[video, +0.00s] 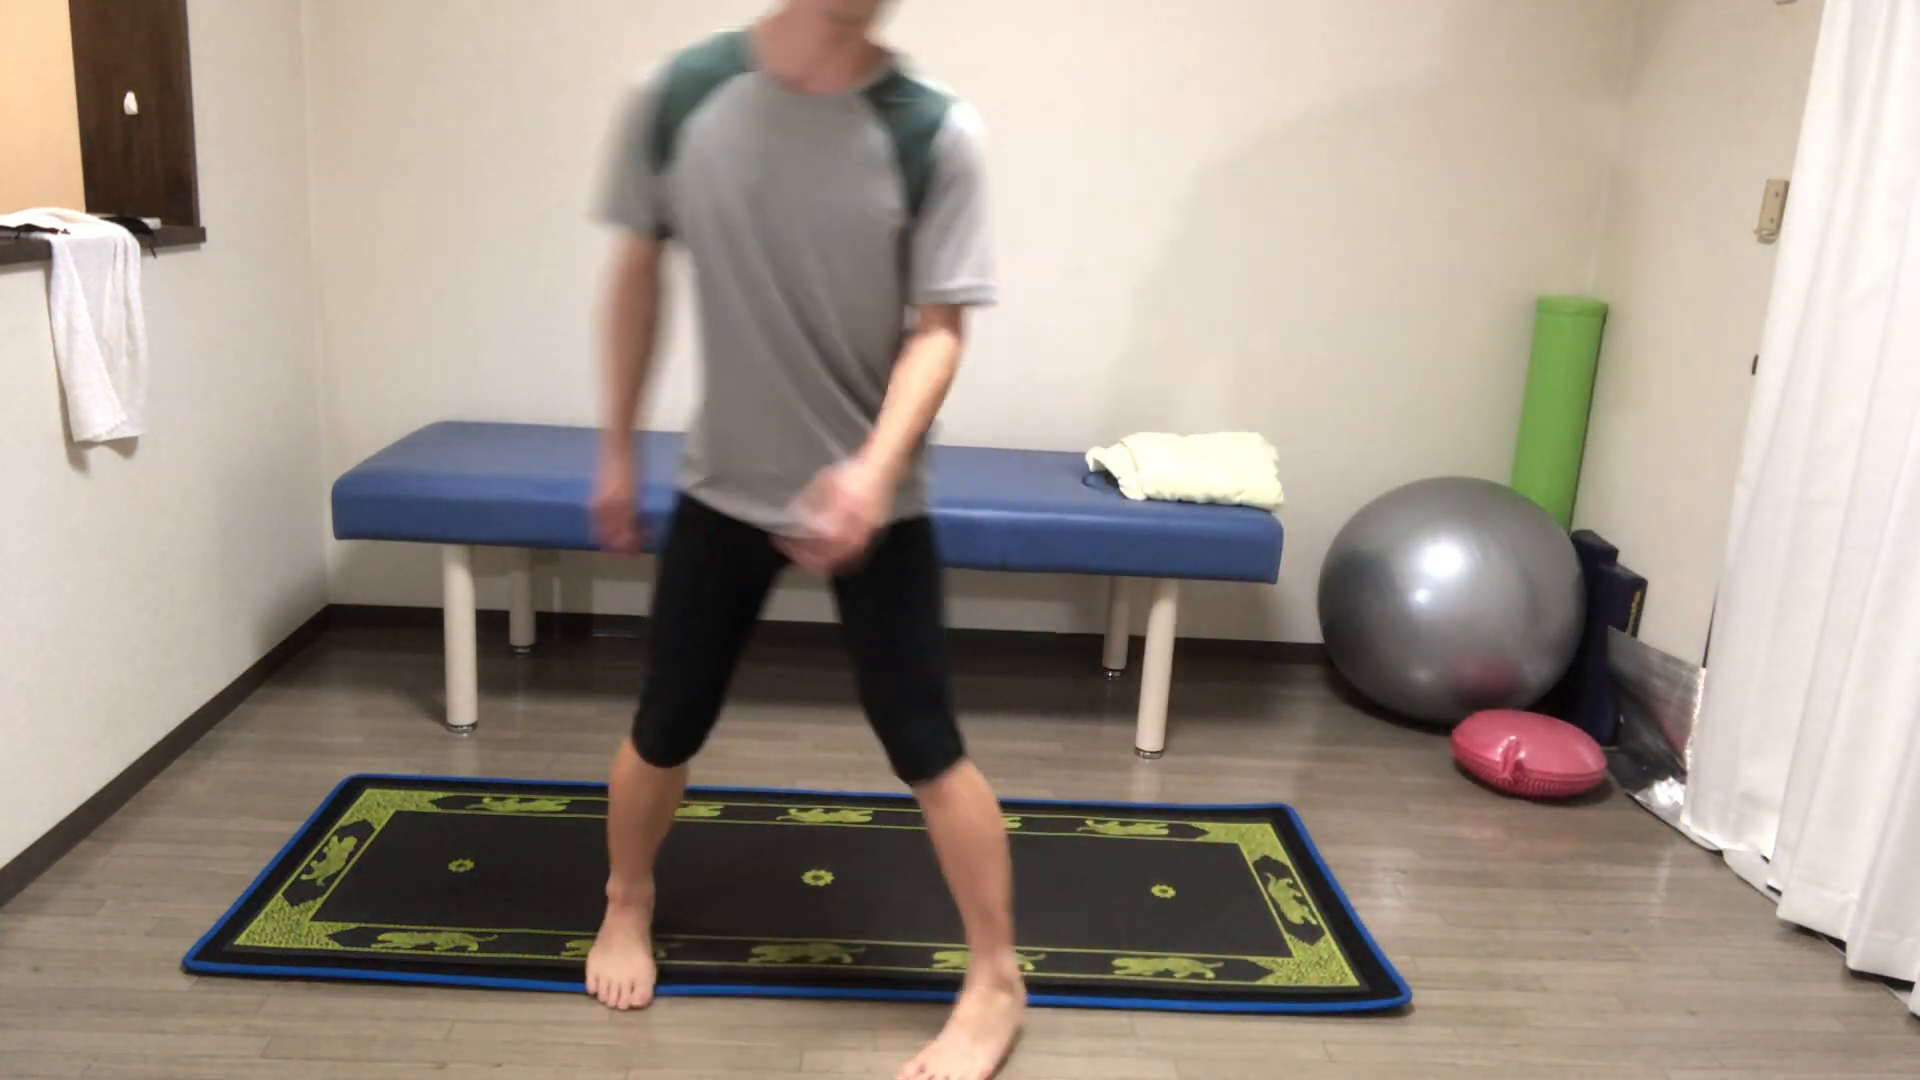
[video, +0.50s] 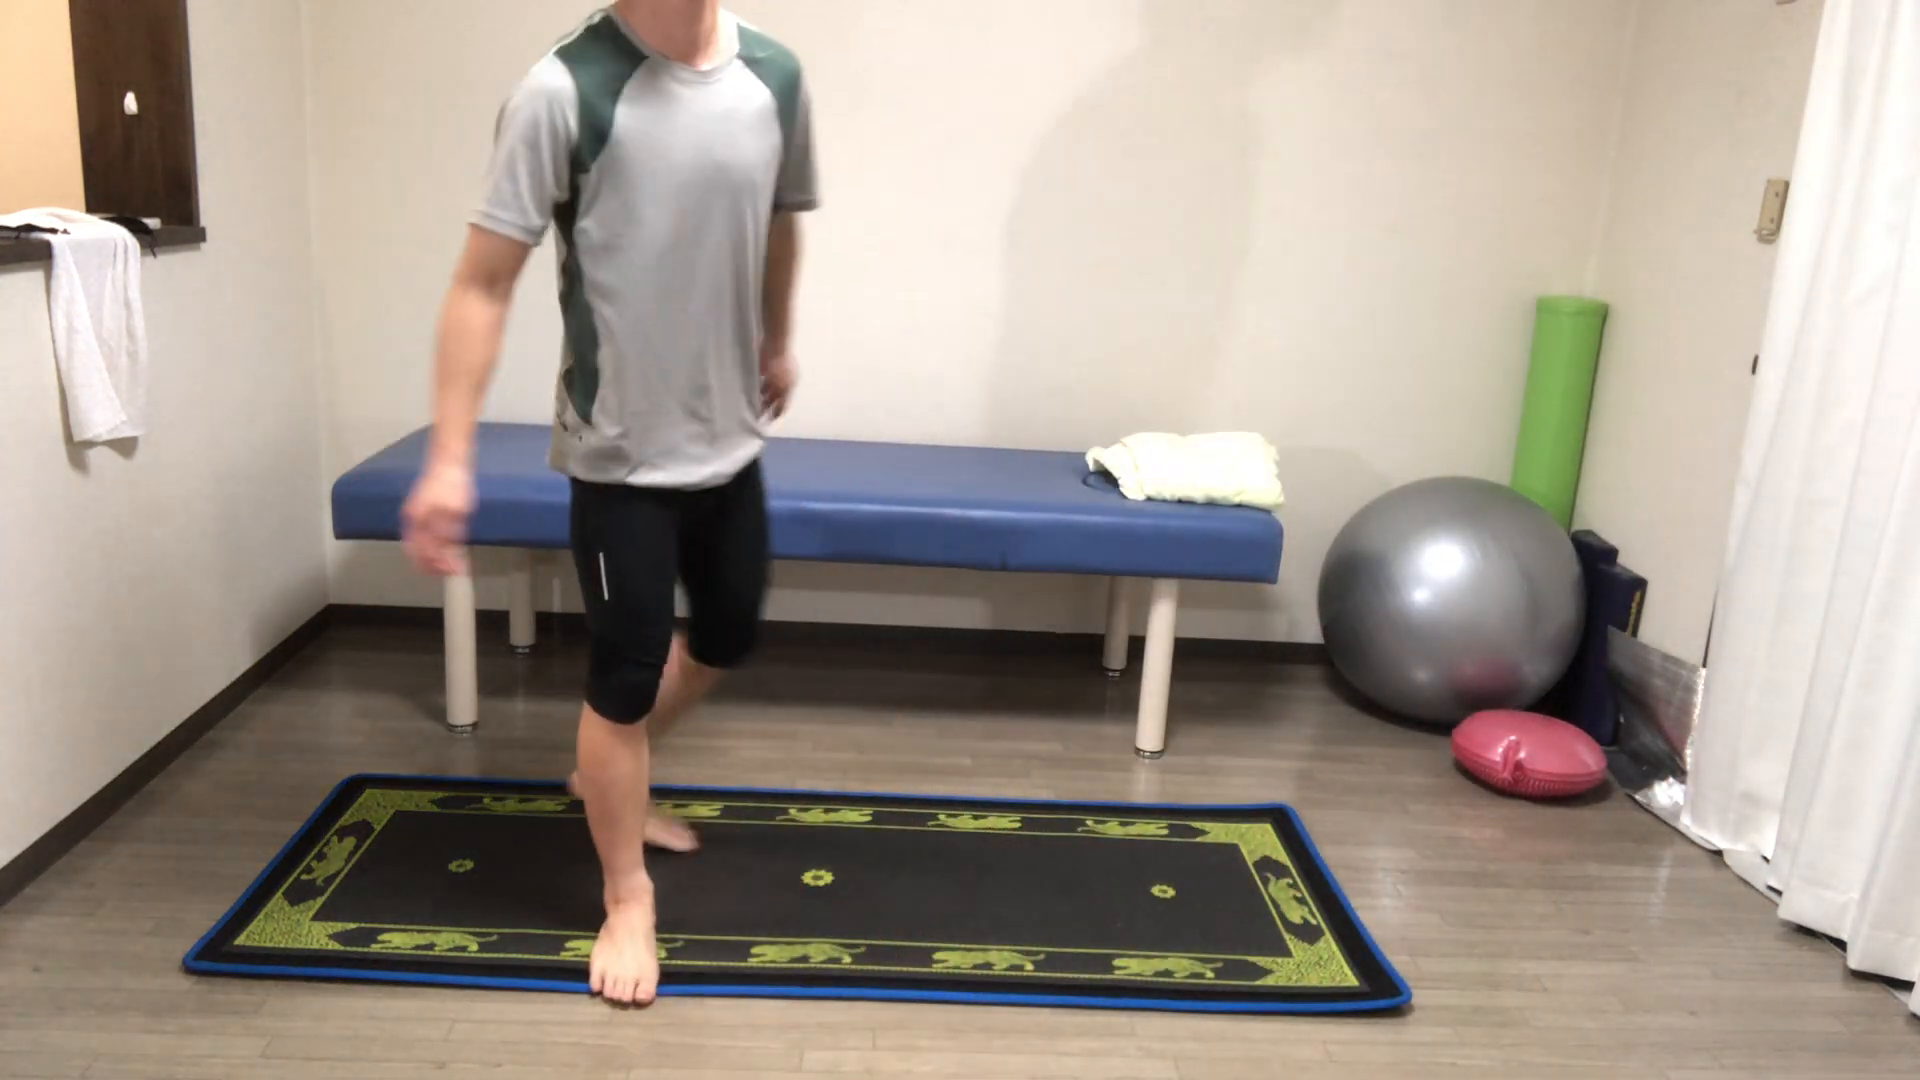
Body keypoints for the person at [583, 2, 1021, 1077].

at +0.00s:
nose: (802, 3)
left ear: (859, 5)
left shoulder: (931, 135)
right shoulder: (678, 97)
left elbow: (940, 326)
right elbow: (636, 273)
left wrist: (875, 469)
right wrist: (617, 450)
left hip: (871, 492)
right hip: (723, 483)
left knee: (925, 745)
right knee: (664, 727)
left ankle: (996, 980)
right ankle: (626, 907)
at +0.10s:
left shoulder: (873, 118)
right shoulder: (610, 102)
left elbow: (893, 307)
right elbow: (551, 286)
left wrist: (923, 475)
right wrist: (528, 464)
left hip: (834, 463)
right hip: (690, 460)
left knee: (883, 709)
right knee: (655, 709)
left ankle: (939, 946)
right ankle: (628, 906)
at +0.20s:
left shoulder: (837, 92)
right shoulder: (582, 89)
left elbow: (879, 273)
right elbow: (494, 280)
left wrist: (913, 425)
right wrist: (450, 451)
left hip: (805, 452)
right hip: (662, 457)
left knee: (846, 691)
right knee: (648, 700)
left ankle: (859, 902)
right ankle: (629, 906)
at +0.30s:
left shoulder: (810, 83)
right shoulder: (567, 86)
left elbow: (854, 237)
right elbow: (463, 268)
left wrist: (877, 369)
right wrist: (404, 441)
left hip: (778, 442)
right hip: (646, 451)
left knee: (800, 675)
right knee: (640, 690)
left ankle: (762, 845)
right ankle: (629, 903)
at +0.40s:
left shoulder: (792, 80)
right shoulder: (563, 92)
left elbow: (817, 224)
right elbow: (461, 273)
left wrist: (823, 340)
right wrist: (406, 444)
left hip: (750, 433)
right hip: (632, 446)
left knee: (765, 651)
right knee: (633, 682)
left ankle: (673, 790)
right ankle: (627, 900)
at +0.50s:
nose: (692, 3)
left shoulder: (775, 76)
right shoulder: (564, 94)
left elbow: (780, 227)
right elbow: (483, 282)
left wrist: (776, 343)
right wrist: (449, 459)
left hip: (730, 432)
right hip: (622, 447)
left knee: (723, 632)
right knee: (627, 677)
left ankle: (618, 758)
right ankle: (626, 902)